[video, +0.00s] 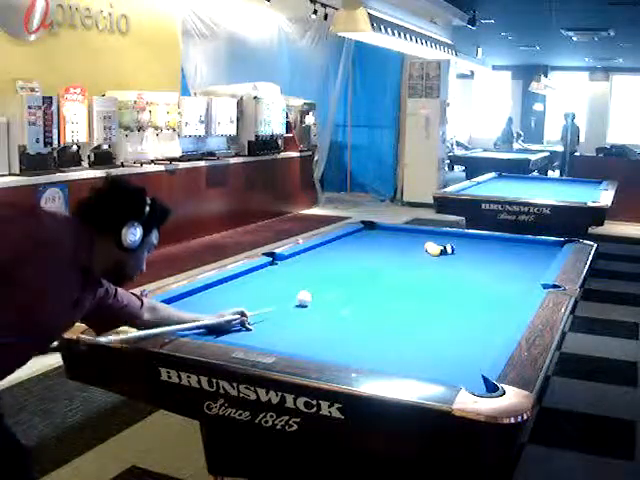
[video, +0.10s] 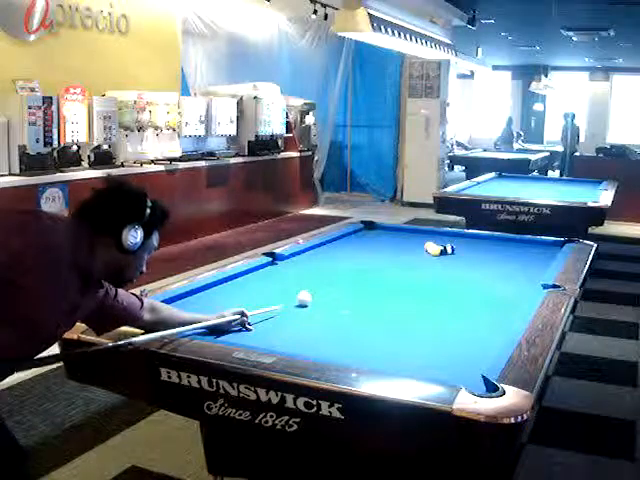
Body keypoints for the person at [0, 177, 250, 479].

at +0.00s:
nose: (146, 265)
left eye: (151, 252)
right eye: (149, 250)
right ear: (128, 236)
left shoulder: (82, 284)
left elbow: (145, 310)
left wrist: (211, 322)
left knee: (19, 457)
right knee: (17, 459)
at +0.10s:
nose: (146, 268)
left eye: (151, 257)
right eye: (148, 254)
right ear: (127, 239)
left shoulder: (83, 287)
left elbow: (147, 312)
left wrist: (211, 322)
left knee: (19, 457)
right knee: (17, 457)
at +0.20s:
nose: (146, 270)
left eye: (151, 259)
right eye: (148, 256)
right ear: (128, 241)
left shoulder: (85, 285)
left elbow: (148, 313)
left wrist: (214, 323)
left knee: (19, 456)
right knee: (17, 456)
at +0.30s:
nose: (146, 271)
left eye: (151, 260)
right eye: (149, 258)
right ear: (129, 243)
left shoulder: (83, 284)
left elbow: (147, 313)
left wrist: (212, 322)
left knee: (20, 456)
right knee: (18, 456)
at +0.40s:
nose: (145, 271)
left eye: (151, 260)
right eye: (149, 258)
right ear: (130, 242)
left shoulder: (84, 287)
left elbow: (148, 312)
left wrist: (213, 323)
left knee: (19, 457)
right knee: (17, 457)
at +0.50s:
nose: (145, 272)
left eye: (151, 261)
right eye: (149, 259)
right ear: (130, 243)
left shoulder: (84, 287)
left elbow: (146, 311)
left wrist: (212, 324)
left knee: (19, 456)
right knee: (16, 456)